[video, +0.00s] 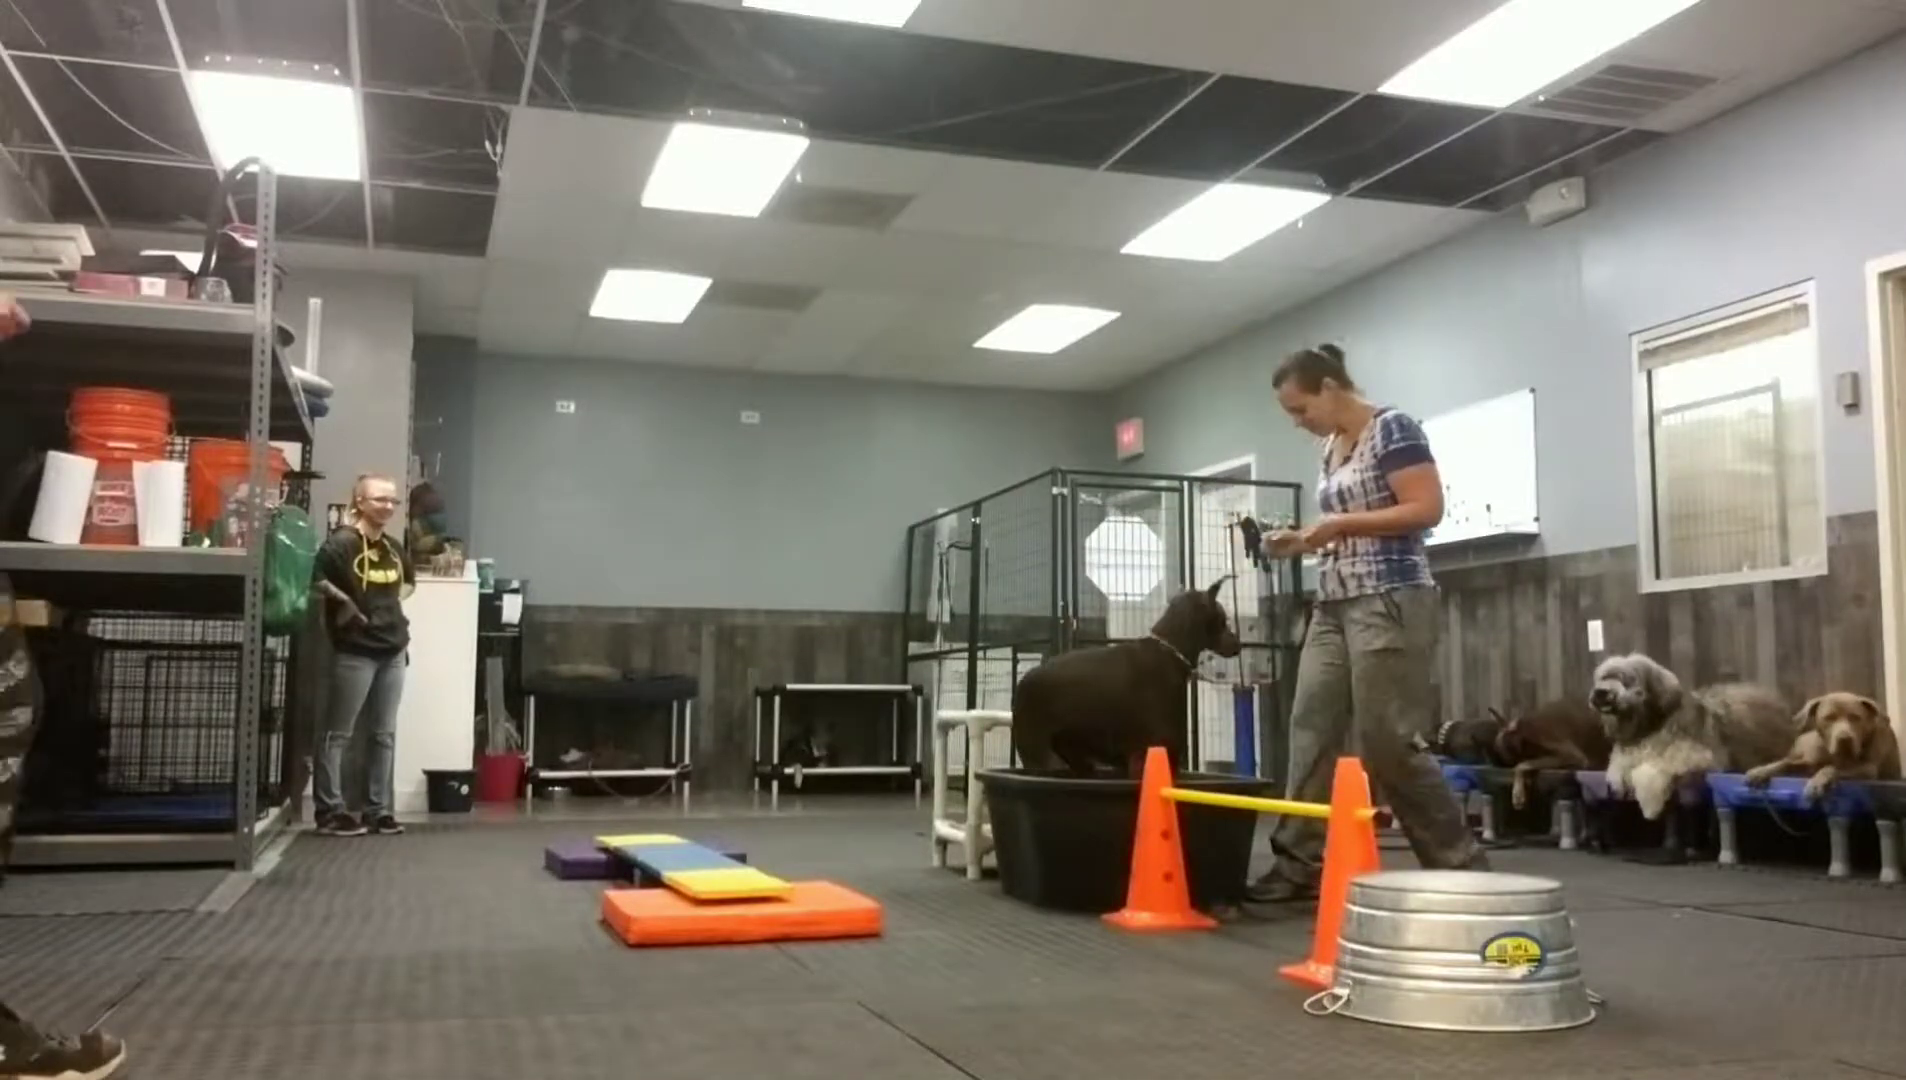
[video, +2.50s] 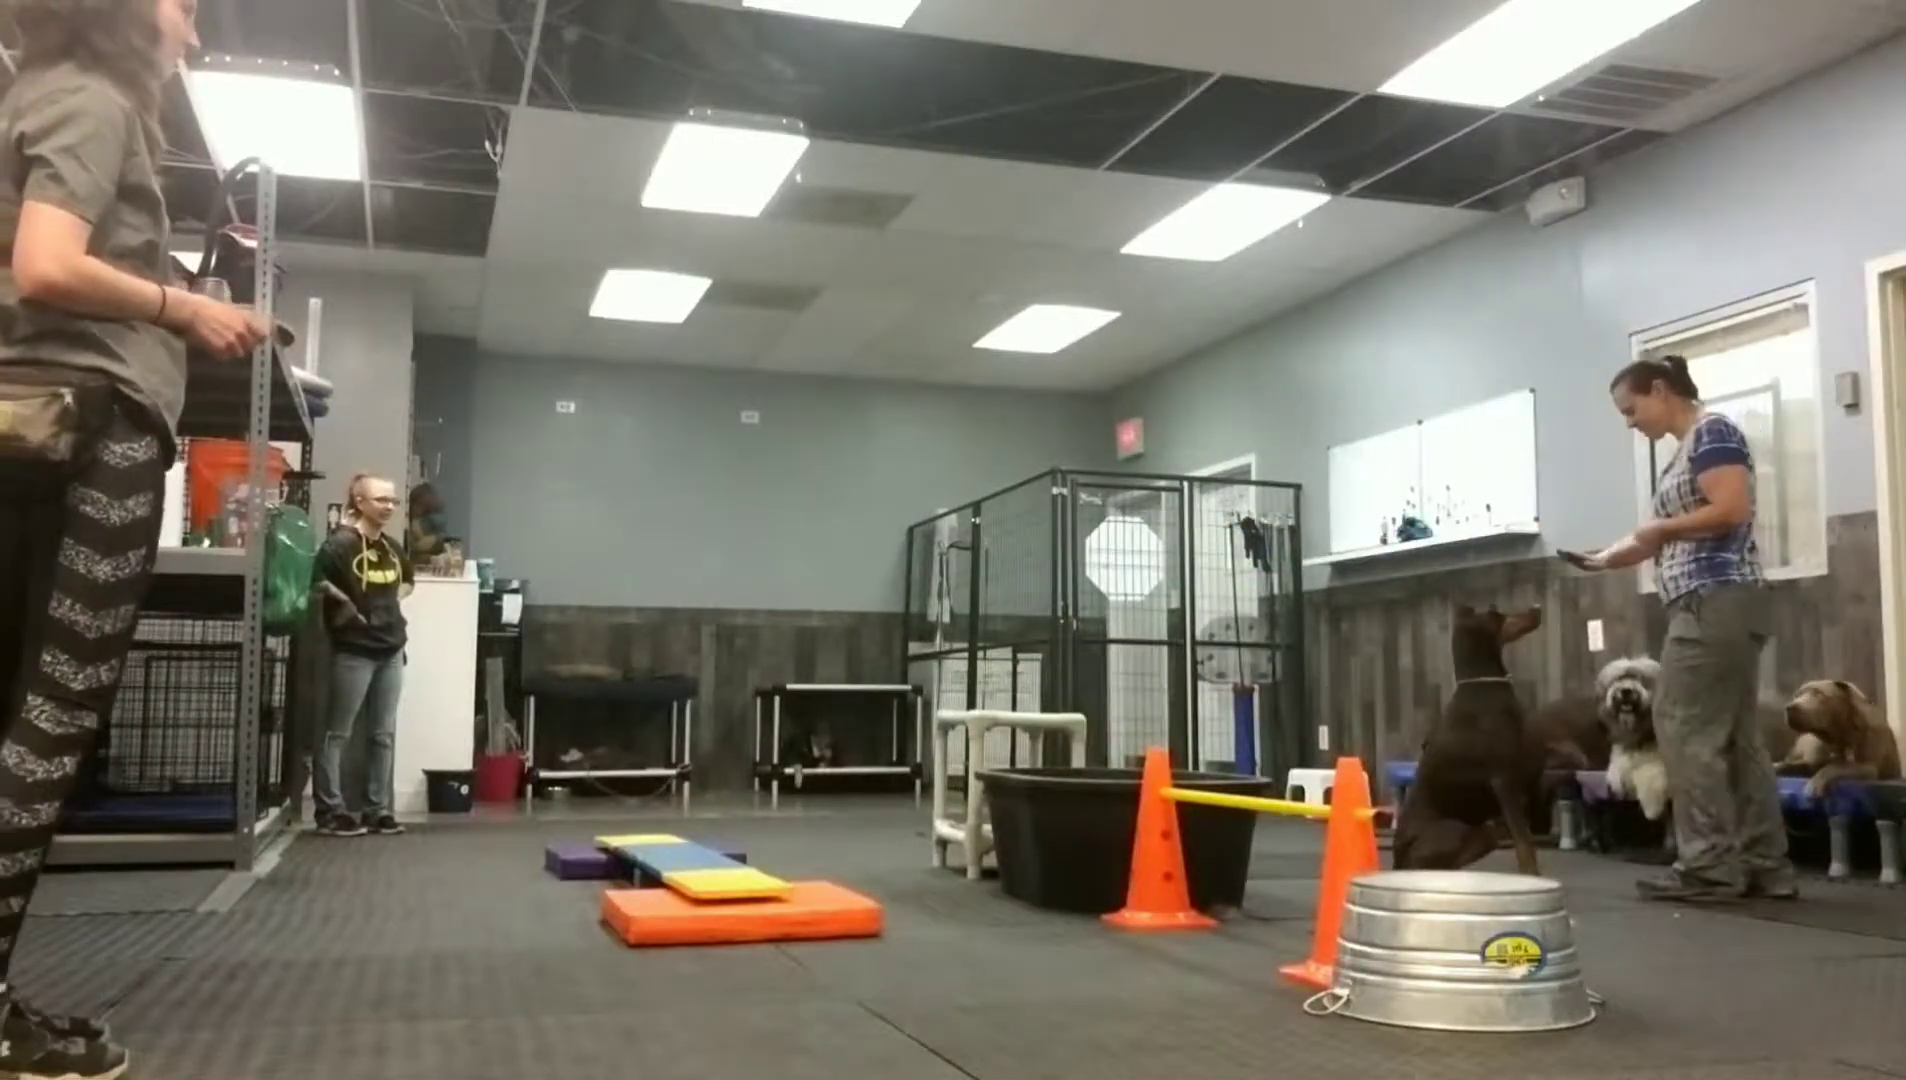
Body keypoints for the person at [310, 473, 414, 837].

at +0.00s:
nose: (389, 506)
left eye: (393, 501)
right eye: (381, 500)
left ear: (395, 505)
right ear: (360, 502)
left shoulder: (391, 545)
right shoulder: (340, 544)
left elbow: (408, 581)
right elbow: (315, 582)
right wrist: (346, 605)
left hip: (392, 649)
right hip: (355, 649)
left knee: (383, 735)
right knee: (338, 734)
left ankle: (378, 811)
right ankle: (330, 811)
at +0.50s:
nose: (389, 507)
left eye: (392, 502)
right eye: (381, 500)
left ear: (394, 506)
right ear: (360, 502)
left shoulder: (391, 546)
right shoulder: (339, 545)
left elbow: (408, 582)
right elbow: (315, 583)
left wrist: (393, 618)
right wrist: (345, 607)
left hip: (392, 649)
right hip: (355, 649)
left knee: (384, 735)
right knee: (339, 735)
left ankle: (377, 811)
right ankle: (330, 811)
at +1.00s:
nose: (389, 508)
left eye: (392, 502)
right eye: (381, 501)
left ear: (395, 506)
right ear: (359, 503)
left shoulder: (391, 546)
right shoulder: (339, 546)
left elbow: (403, 585)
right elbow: (316, 586)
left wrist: (395, 623)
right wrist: (346, 608)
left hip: (392, 650)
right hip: (355, 650)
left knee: (383, 734)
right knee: (339, 734)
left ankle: (378, 811)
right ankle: (330, 811)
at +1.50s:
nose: (390, 504)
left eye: (392, 498)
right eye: (381, 498)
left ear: (394, 504)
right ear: (359, 503)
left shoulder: (392, 546)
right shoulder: (340, 546)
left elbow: (406, 583)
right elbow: (316, 585)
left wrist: (396, 624)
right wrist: (347, 609)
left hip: (393, 649)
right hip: (355, 650)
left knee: (383, 734)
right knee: (339, 734)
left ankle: (378, 811)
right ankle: (330, 811)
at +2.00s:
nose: (388, 507)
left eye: (392, 500)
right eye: (380, 500)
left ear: (393, 505)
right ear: (358, 502)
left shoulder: (391, 546)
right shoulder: (339, 546)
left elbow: (407, 582)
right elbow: (316, 588)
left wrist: (391, 619)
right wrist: (347, 611)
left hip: (392, 649)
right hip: (355, 650)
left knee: (384, 735)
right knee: (339, 734)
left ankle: (378, 811)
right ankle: (330, 811)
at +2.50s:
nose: (390, 507)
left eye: (392, 501)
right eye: (382, 500)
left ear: (392, 505)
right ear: (360, 502)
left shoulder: (389, 545)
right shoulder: (338, 547)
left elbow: (407, 581)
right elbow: (317, 591)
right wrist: (349, 614)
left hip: (390, 650)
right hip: (354, 651)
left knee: (383, 735)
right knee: (338, 734)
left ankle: (377, 811)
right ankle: (330, 811)